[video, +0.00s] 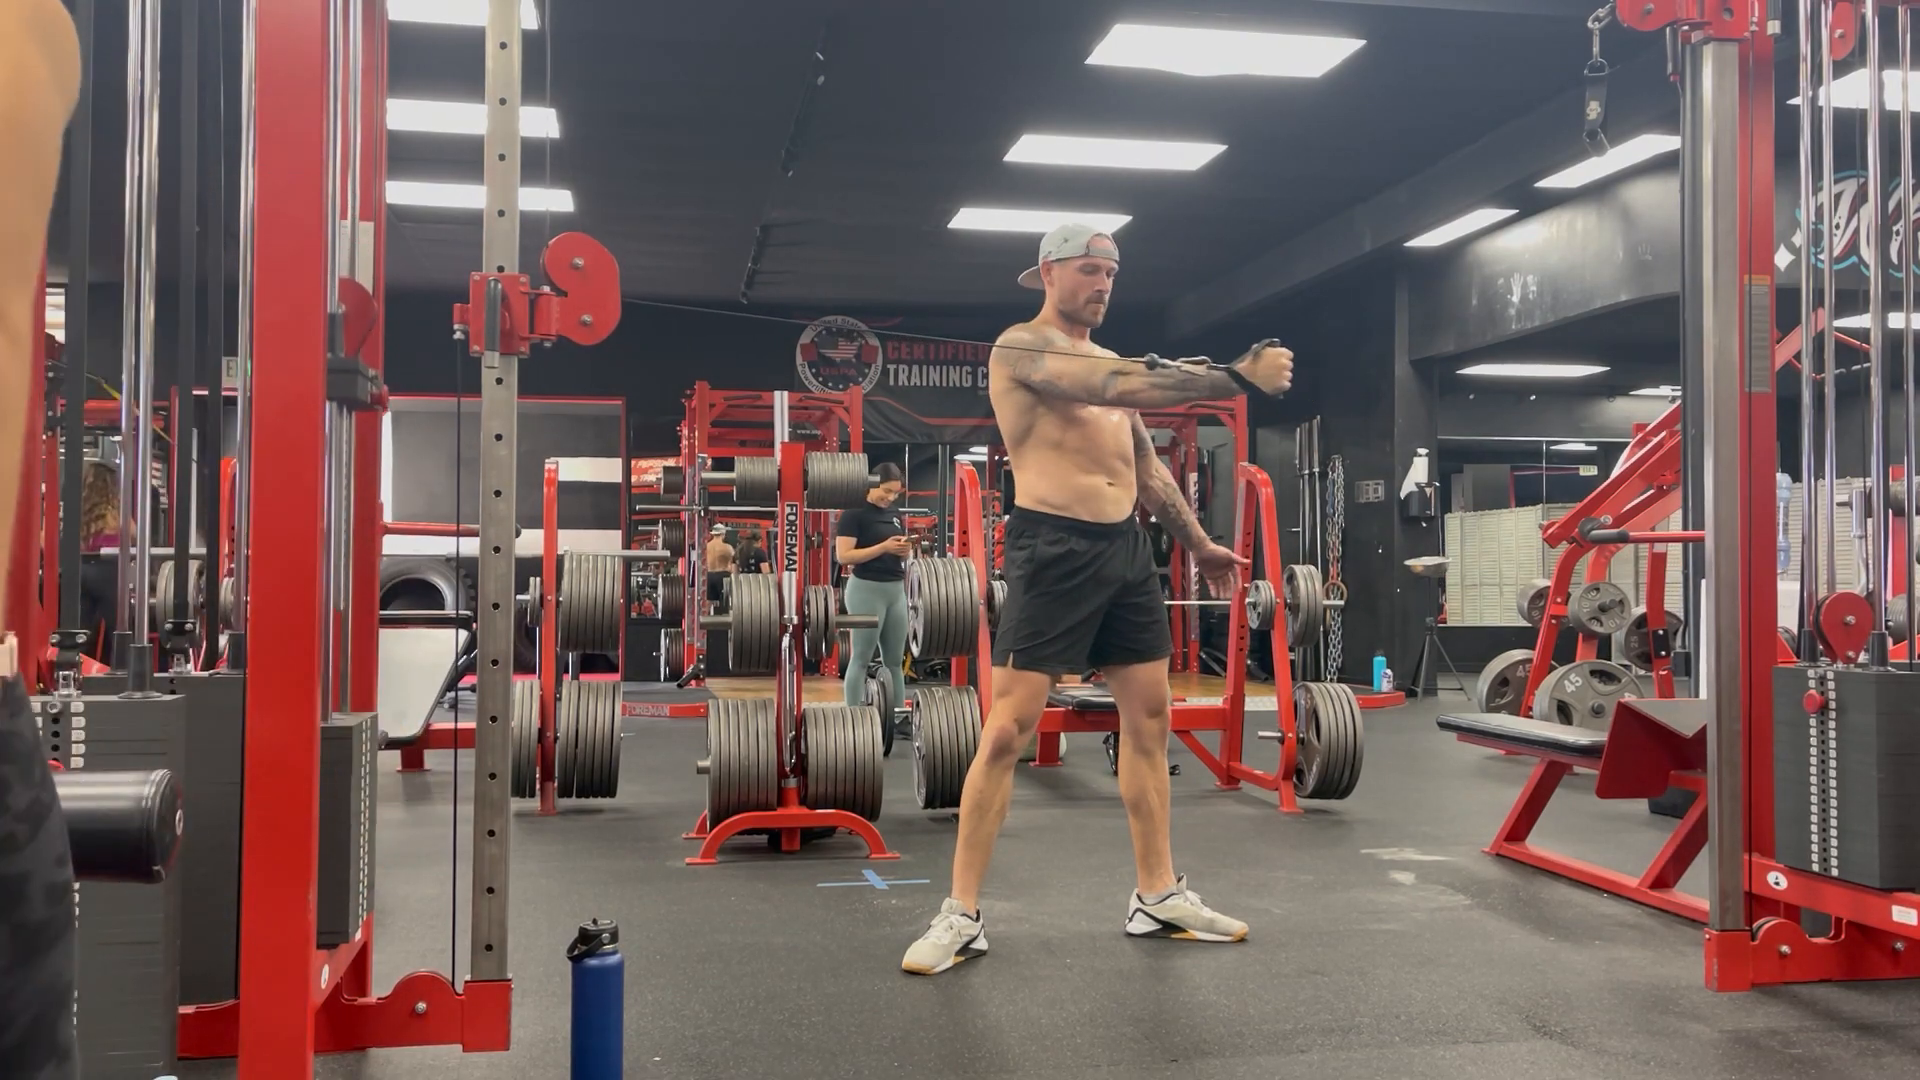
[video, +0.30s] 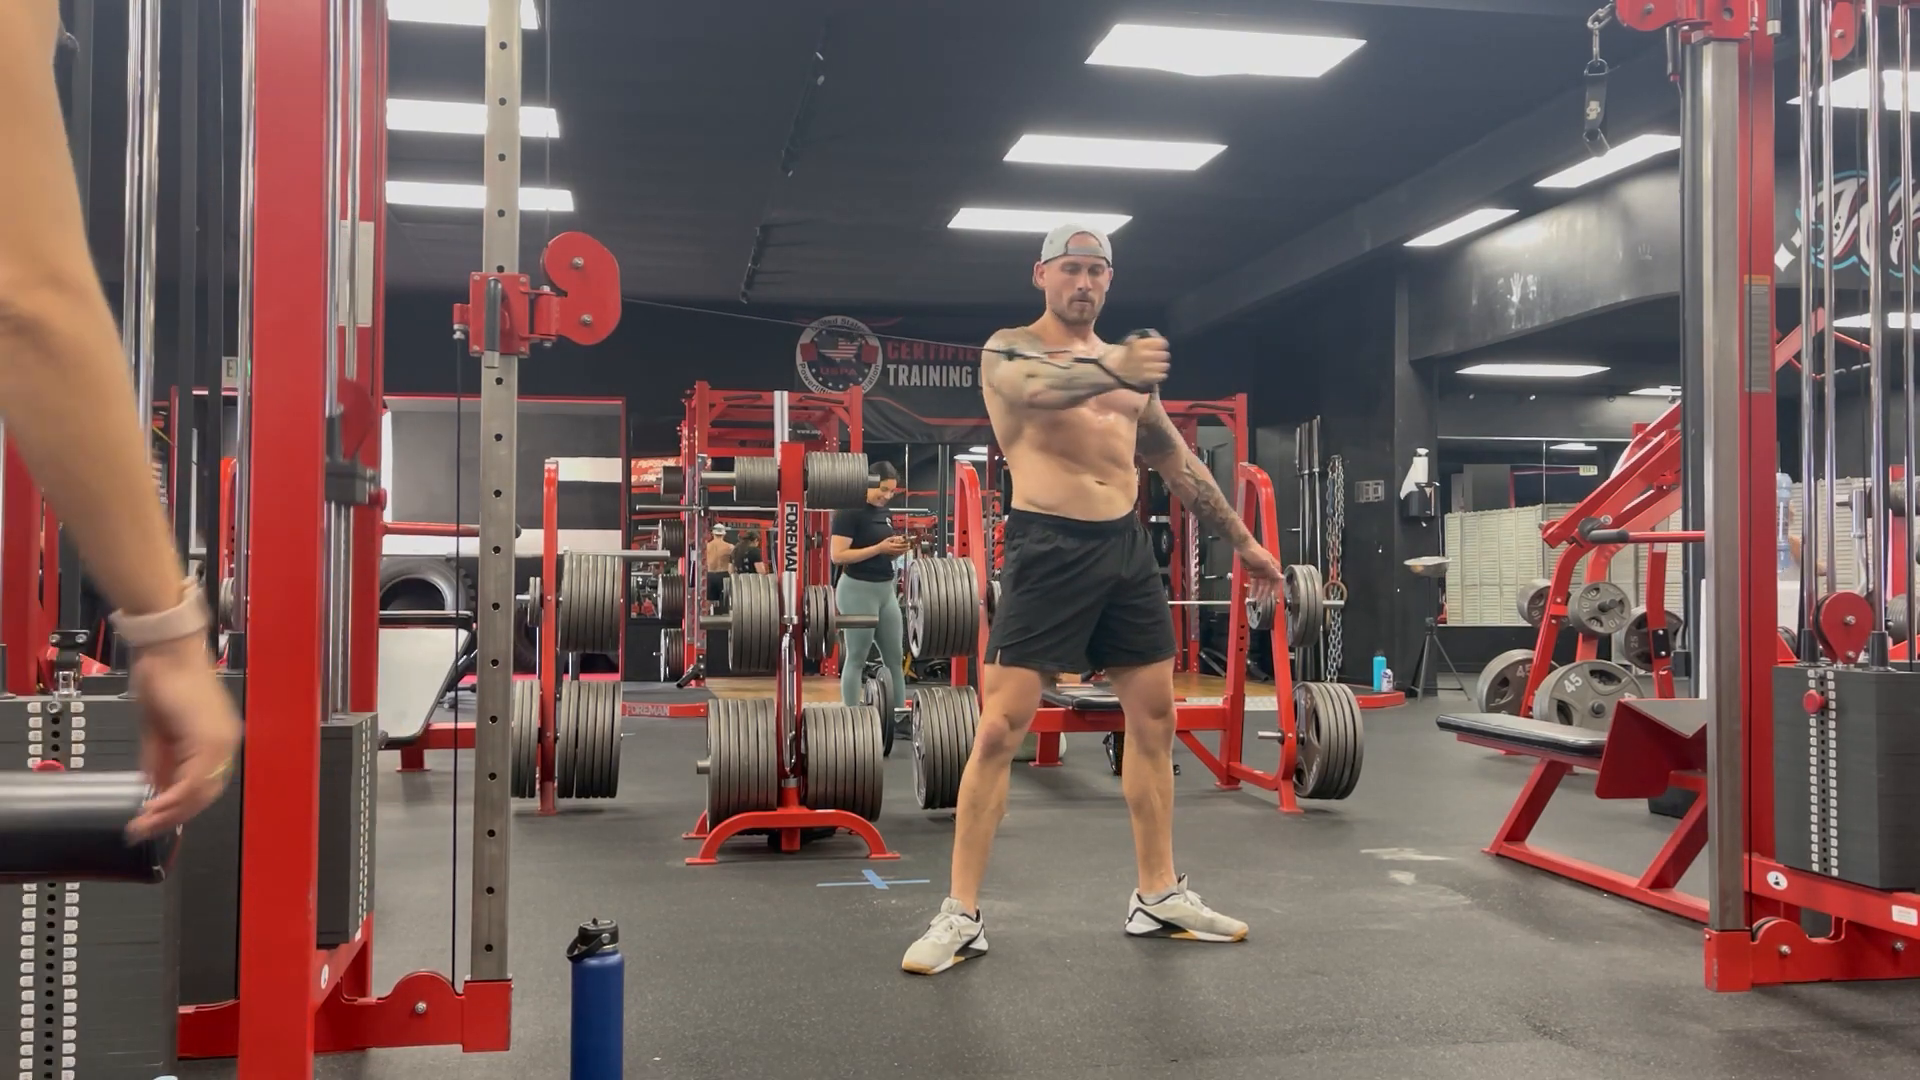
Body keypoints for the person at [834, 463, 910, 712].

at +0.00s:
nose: (891, 498)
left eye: (896, 493)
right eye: (887, 491)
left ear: (899, 490)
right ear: (873, 484)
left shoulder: (893, 515)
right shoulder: (853, 514)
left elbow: (902, 553)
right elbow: (843, 555)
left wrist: (906, 549)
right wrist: (883, 548)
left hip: (895, 590)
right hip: (866, 589)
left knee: (895, 662)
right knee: (861, 659)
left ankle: (897, 721)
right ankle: (853, 721)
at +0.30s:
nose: (888, 496)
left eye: (892, 491)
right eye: (884, 490)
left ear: (894, 489)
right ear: (869, 484)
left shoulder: (883, 512)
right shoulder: (849, 512)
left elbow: (878, 548)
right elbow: (837, 554)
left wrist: (898, 546)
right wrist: (879, 549)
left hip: (886, 590)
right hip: (857, 589)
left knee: (894, 658)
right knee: (856, 659)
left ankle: (899, 719)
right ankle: (851, 721)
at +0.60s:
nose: (887, 497)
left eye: (890, 493)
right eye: (884, 491)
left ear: (892, 489)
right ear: (869, 484)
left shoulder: (877, 512)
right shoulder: (850, 511)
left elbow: (874, 547)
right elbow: (840, 556)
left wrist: (896, 544)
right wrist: (882, 549)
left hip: (881, 591)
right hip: (856, 590)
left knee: (883, 658)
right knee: (855, 658)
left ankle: (887, 717)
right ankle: (851, 719)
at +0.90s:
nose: (897, 497)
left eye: (900, 492)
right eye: (895, 491)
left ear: (896, 488)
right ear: (880, 484)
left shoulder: (882, 513)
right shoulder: (863, 514)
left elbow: (881, 550)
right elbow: (856, 557)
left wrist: (902, 549)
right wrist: (895, 546)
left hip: (887, 591)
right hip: (867, 589)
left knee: (885, 660)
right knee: (863, 658)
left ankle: (882, 715)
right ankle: (853, 716)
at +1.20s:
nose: (912, 497)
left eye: (914, 492)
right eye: (909, 490)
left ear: (898, 489)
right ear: (893, 485)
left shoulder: (892, 513)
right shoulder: (880, 514)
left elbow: (891, 551)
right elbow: (877, 558)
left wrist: (916, 549)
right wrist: (914, 545)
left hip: (893, 589)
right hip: (884, 589)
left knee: (891, 657)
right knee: (889, 658)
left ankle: (880, 712)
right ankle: (869, 713)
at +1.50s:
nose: (931, 499)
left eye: (933, 494)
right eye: (928, 493)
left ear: (913, 488)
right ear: (912, 487)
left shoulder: (906, 511)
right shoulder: (898, 513)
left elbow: (904, 551)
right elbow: (892, 557)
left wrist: (929, 549)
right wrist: (928, 546)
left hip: (897, 583)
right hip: (896, 584)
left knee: (893, 653)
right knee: (928, 648)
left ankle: (882, 714)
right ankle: (926, 716)